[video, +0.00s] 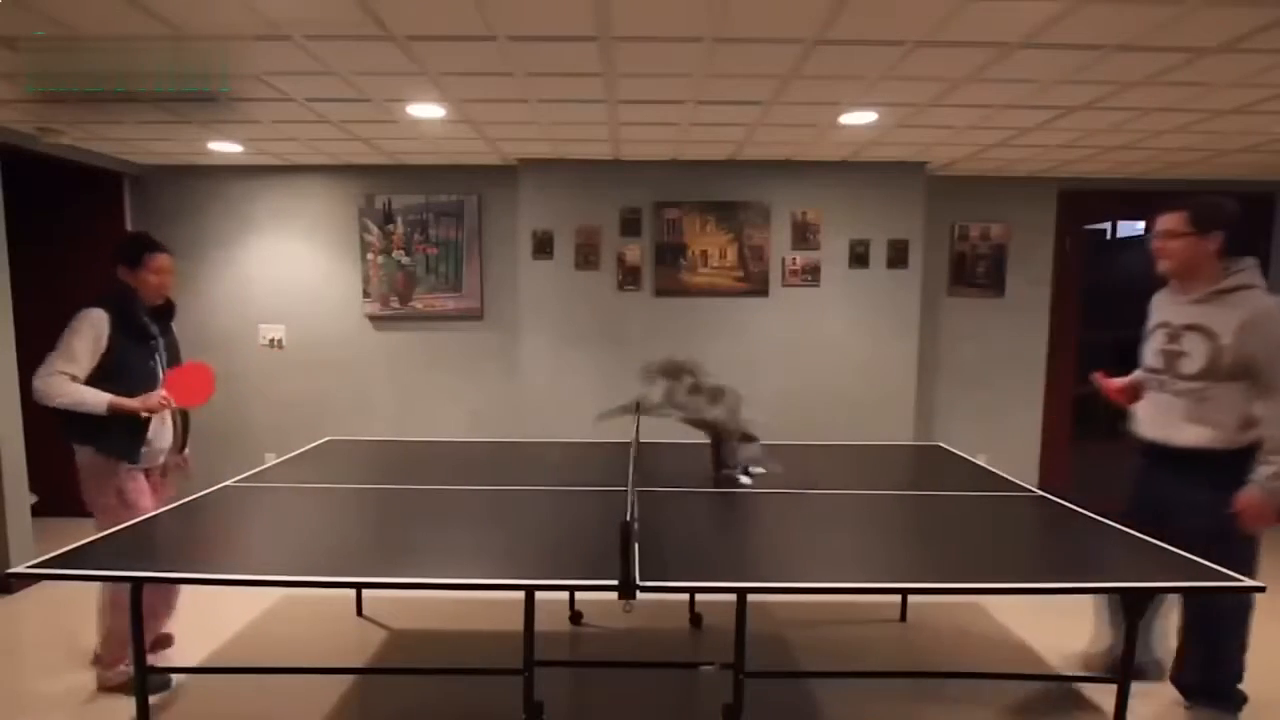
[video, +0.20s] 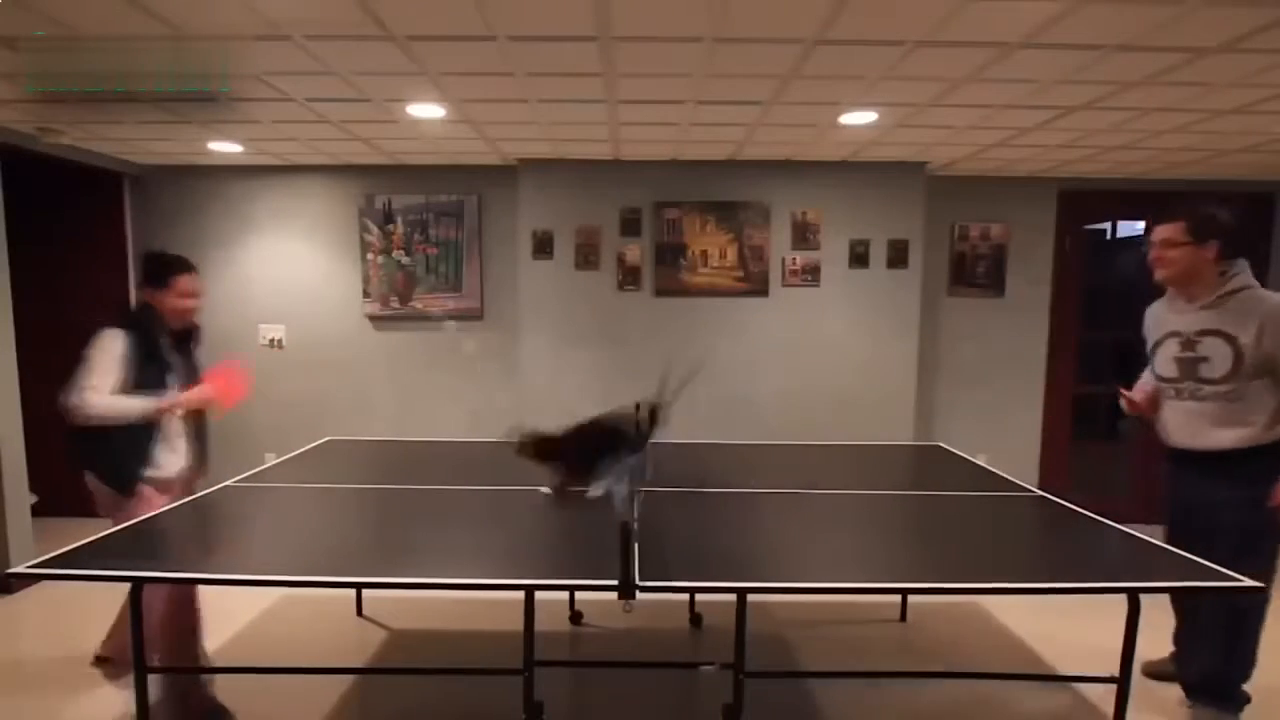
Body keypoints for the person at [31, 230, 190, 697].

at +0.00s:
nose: (167, 283)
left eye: (169, 273)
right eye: (158, 273)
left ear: (166, 276)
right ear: (128, 274)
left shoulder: (158, 325)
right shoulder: (97, 321)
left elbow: (165, 391)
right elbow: (47, 384)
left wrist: (175, 444)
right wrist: (126, 403)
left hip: (152, 460)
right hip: (108, 462)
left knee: (159, 550)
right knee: (136, 554)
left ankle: (142, 644)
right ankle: (115, 667)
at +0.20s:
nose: (193, 305)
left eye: (196, 295)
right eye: (183, 295)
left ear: (193, 297)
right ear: (151, 296)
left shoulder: (182, 346)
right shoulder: (117, 341)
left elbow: (180, 406)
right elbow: (82, 403)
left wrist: (205, 396)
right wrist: (167, 402)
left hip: (176, 482)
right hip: (129, 485)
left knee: (170, 571)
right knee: (171, 574)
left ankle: (118, 650)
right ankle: (180, 688)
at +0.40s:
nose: (236, 287)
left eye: (237, 277)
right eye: (225, 277)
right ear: (190, 283)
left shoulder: (209, 329)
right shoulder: (162, 331)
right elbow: (206, 356)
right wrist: (286, 331)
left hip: (180, 471)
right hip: (140, 473)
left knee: (191, 578)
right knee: (183, 581)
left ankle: (194, 693)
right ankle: (189, 697)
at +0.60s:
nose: (251, 288)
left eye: (253, 279)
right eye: (241, 278)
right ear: (205, 279)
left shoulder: (215, 325)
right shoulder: (178, 322)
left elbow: (208, 375)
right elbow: (159, 384)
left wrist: (269, 354)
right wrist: (240, 373)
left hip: (174, 472)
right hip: (138, 472)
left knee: (187, 586)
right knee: (167, 589)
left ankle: (193, 698)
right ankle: (174, 704)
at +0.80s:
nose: (219, 296)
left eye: (221, 285)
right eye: (207, 286)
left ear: (215, 288)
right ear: (175, 288)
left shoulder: (195, 335)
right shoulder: (142, 338)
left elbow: (195, 403)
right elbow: (59, 405)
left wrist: (198, 438)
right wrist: (127, 446)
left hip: (170, 471)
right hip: (127, 477)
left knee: (132, 573)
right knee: (187, 582)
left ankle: (91, 665)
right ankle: (187, 700)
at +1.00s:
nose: (161, 288)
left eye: (165, 279)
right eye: (151, 278)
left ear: (165, 283)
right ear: (123, 279)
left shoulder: (150, 334)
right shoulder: (93, 330)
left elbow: (160, 401)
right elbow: (40, 400)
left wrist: (175, 420)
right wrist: (115, 427)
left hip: (147, 466)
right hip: (103, 470)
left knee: (127, 560)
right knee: (143, 560)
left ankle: (91, 655)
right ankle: (159, 677)